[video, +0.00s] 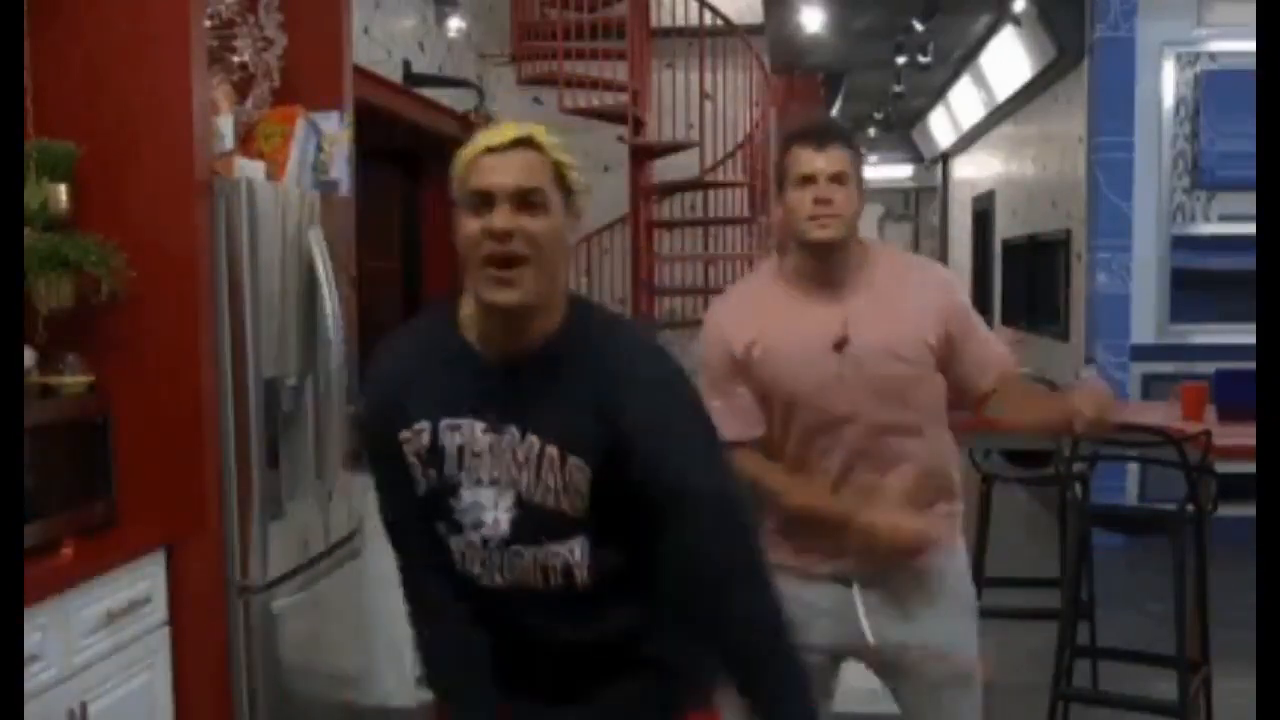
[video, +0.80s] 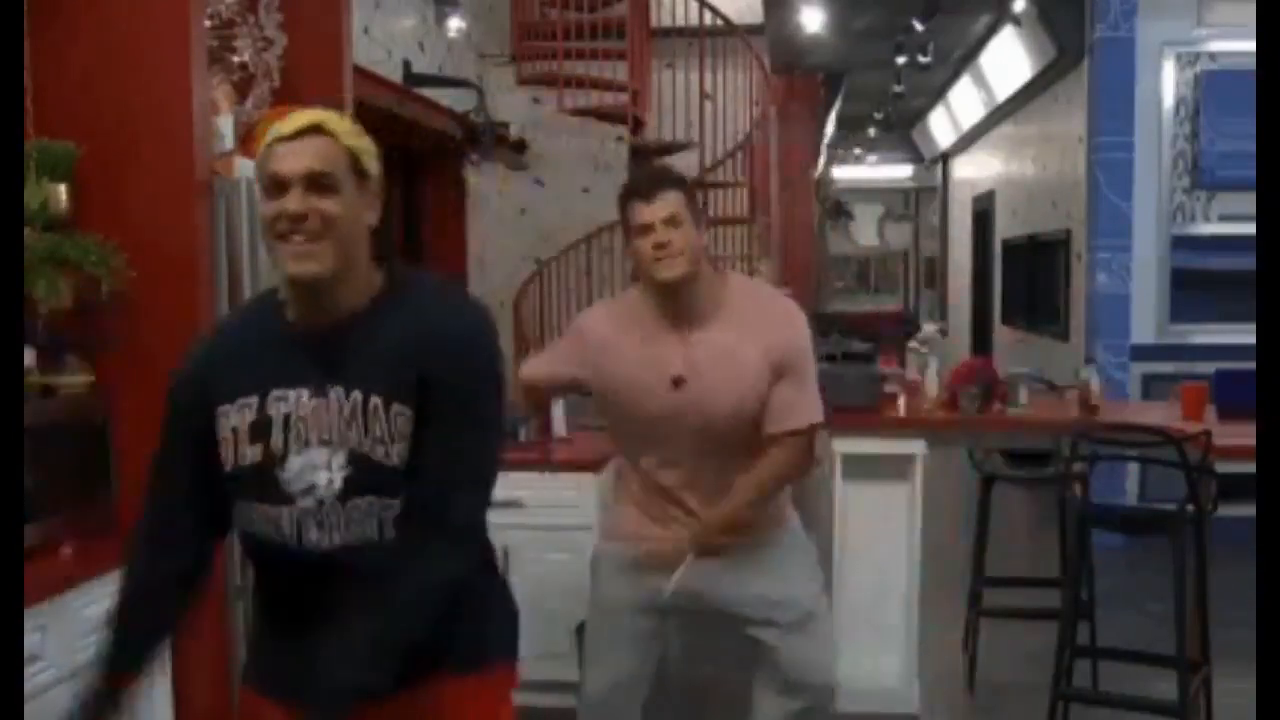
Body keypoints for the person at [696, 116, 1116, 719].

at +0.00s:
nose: (823, 195)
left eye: (838, 180)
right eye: (805, 182)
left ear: (860, 195)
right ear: (780, 203)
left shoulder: (927, 287)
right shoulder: (737, 316)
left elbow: (993, 390)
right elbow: (736, 454)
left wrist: (1067, 409)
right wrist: (855, 516)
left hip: (925, 573)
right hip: (797, 575)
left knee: (952, 711)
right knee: (778, 713)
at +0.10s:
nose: (822, 208)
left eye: (838, 195)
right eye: (804, 196)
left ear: (860, 211)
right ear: (779, 217)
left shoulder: (925, 309)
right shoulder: (733, 329)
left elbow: (985, 430)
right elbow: (727, 463)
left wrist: (1065, 487)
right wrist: (814, 556)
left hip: (912, 571)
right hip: (776, 572)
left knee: (947, 705)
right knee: (742, 703)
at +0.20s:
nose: (791, 195)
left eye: (807, 183)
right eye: (775, 184)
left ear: (830, 201)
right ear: (751, 203)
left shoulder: (883, 300)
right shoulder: (694, 309)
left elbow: (933, 426)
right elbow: (657, 443)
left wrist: (946, 555)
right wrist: (676, 551)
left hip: (869, 580)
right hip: (738, 580)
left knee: (895, 706)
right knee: (719, 709)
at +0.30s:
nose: (766, 190)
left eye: (781, 177)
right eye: (750, 177)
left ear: (805, 196)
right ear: (728, 193)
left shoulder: (850, 292)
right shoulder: (667, 289)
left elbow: (894, 421)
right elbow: (621, 417)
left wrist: (859, 529)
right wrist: (629, 542)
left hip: (825, 575)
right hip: (695, 577)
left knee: (883, 709)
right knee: (678, 712)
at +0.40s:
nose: (716, 209)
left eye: (731, 196)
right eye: (701, 197)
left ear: (754, 211)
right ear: (681, 213)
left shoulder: (806, 325)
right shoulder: (625, 300)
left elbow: (808, 461)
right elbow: (554, 388)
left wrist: (749, 464)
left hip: (771, 579)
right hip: (646, 579)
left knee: (819, 707)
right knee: (634, 711)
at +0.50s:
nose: (698, 206)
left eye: (712, 192)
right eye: (682, 195)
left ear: (739, 207)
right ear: (662, 212)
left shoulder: (790, 311)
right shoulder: (616, 287)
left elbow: (796, 450)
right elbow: (534, 344)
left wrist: (713, 440)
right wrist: (475, 321)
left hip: (757, 562)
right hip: (635, 558)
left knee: (797, 707)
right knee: (610, 710)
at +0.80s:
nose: (660, 240)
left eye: (672, 224)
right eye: (643, 231)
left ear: (699, 231)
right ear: (629, 247)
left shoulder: (775, 318)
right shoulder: (602, 328)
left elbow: (794, 446)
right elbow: (523, 386)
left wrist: (712, 524)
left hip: (757, 531)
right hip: (641, 532)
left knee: (813, 683)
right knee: (607, 697)